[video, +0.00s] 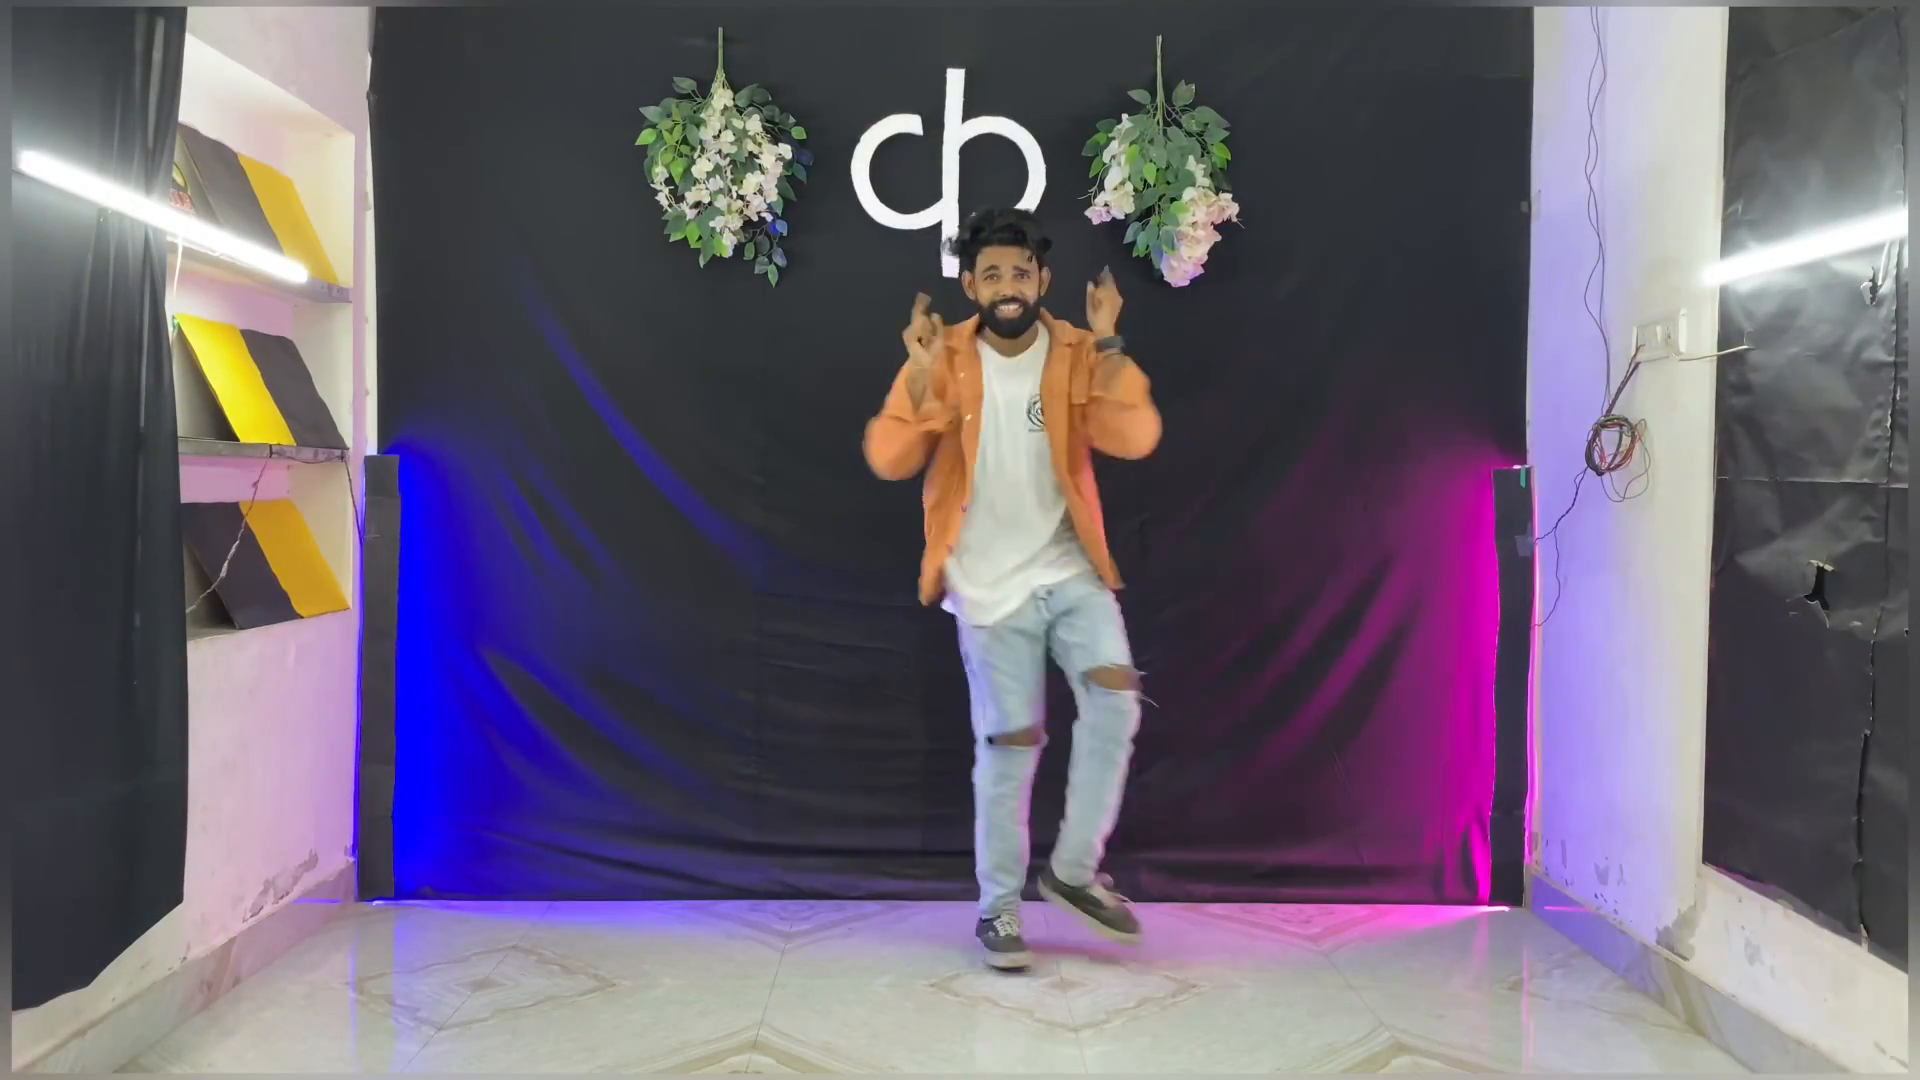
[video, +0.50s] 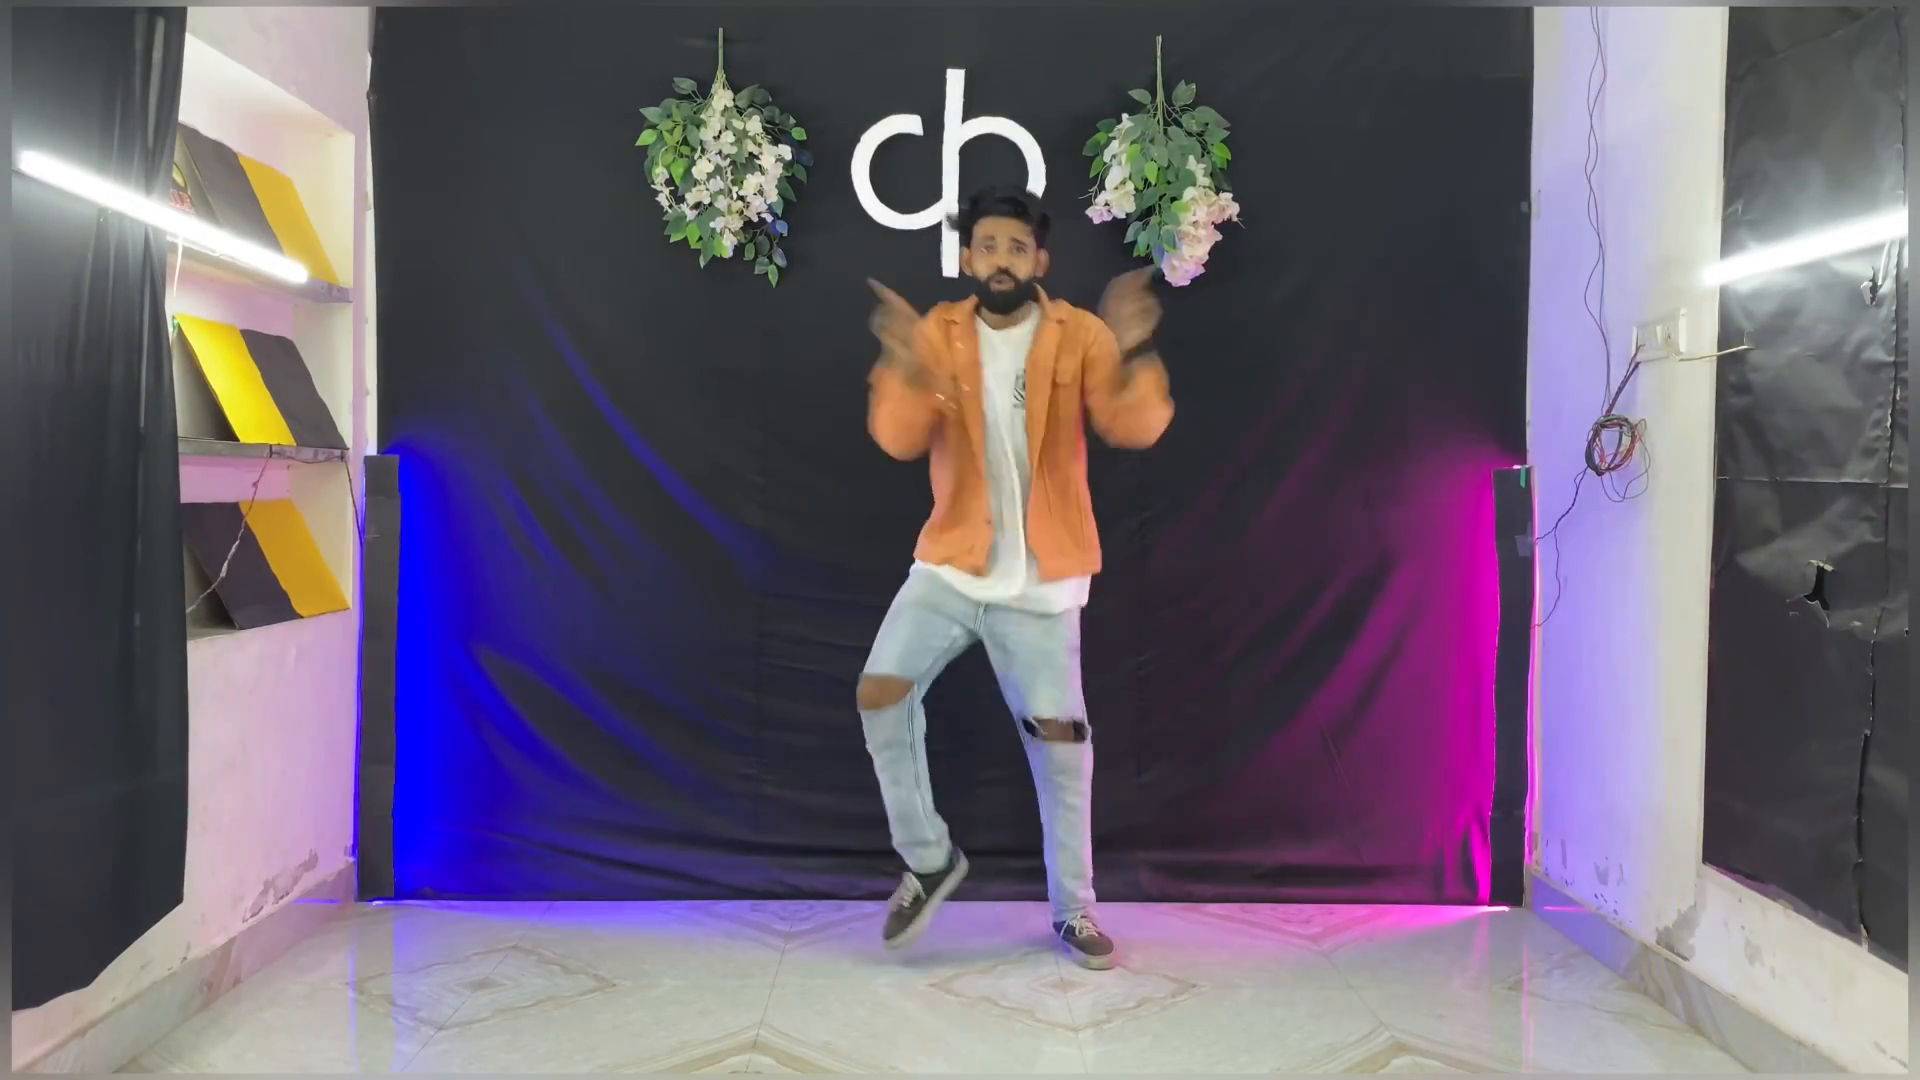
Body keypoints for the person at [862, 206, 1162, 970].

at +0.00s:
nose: (1007, 286)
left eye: (1020, 271)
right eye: (991, 273)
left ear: (1042, 276)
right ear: (970, 283)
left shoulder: (1075, 353)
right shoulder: (943, 360)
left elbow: (1133, 438)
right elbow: (888, 461)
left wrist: (1107, 346)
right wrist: (919, 375)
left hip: (1072, 565)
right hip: (989, 579)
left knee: (1115, 698)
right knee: (1010, 740)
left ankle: (1073, 869)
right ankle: (1000, 906)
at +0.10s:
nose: (1012, 278)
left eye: (1026, 264)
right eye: (997, 265)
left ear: (1050, 268)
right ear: (976, 271)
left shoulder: (1086, 339)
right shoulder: (952, 342)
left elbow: (1096, 432)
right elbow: (936, 454)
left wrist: (1084, 347)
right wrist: (921, 383)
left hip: (1054, 566)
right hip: (968, 572)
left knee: (1066, 715)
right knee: (975, 736)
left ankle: (1068, 869)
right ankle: (985, 899)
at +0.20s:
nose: (1015, 288)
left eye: (1029, 273)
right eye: (1001, 275)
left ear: (1060, 273)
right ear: (986, 281)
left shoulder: (1101, 335)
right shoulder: (972, 337)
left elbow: (1097, 403)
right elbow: (946, 423)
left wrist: (1062, 352)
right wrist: (896, 390)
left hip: (1031, 574)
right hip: (946, 569)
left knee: (1023, 729)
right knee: (941, 736)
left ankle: (1069, 904)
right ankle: (974, 910)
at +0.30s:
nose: (1020, 296)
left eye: (1034, 280)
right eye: (1006, 282)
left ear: (1064, 282)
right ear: (990, 289)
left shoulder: (1105, 351)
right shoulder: (979, 348)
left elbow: (1100, 425)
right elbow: (943, 431)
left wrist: (1068, 379)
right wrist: (903, 405)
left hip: (1020, 587)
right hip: (937, 576)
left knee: (1019, 750)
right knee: (930, 742)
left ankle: (1073, 913)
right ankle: (973, 912)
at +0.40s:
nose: (1019, 285)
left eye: (1035, 270)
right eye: (1005, 271)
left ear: (1062, 276)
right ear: (987, 279)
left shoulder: (1100, 355)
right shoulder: (967, 351)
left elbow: (1101, 448)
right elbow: (941, 463)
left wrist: (1054, 392)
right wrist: (943, 425)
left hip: (1036, 590)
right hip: (947, 578)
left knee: (1042, 750)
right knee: (899, 725)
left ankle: (1073, 911)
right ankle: (960, 892)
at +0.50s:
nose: (998, 258)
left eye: (1013, 245)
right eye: (985, 244)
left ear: (1041, 255)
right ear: (966, 254)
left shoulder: (1081, 334)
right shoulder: (941, 328)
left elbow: (1135, 426)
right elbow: (899, 437)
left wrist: (1136, 350)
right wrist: (903, 358)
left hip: (1044, 567)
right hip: (953, 556)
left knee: (1058, 733)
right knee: (882, 692)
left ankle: (1075, 909)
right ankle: (928, 861)